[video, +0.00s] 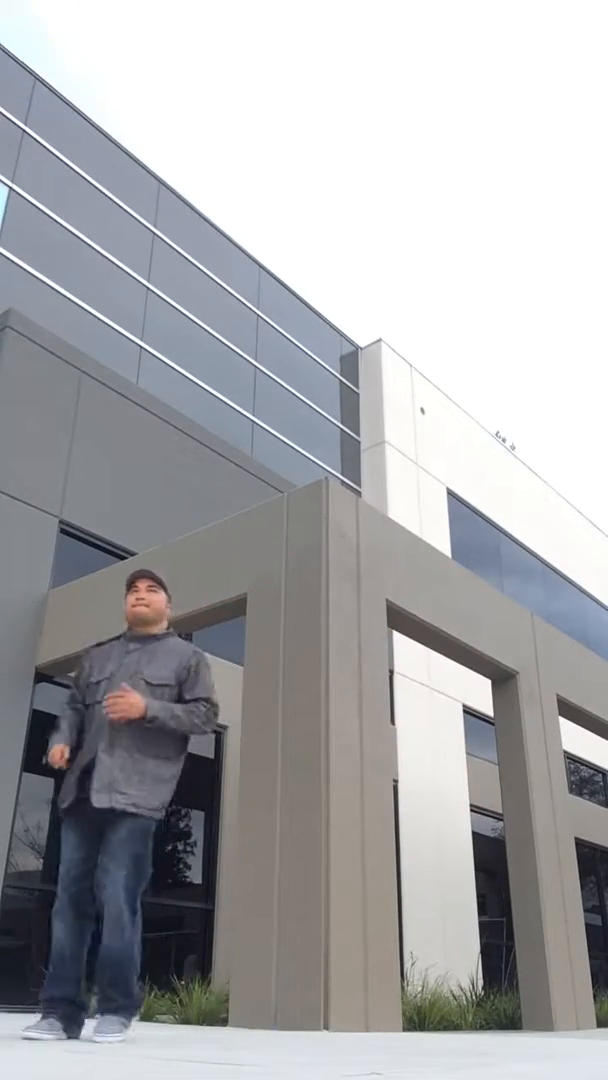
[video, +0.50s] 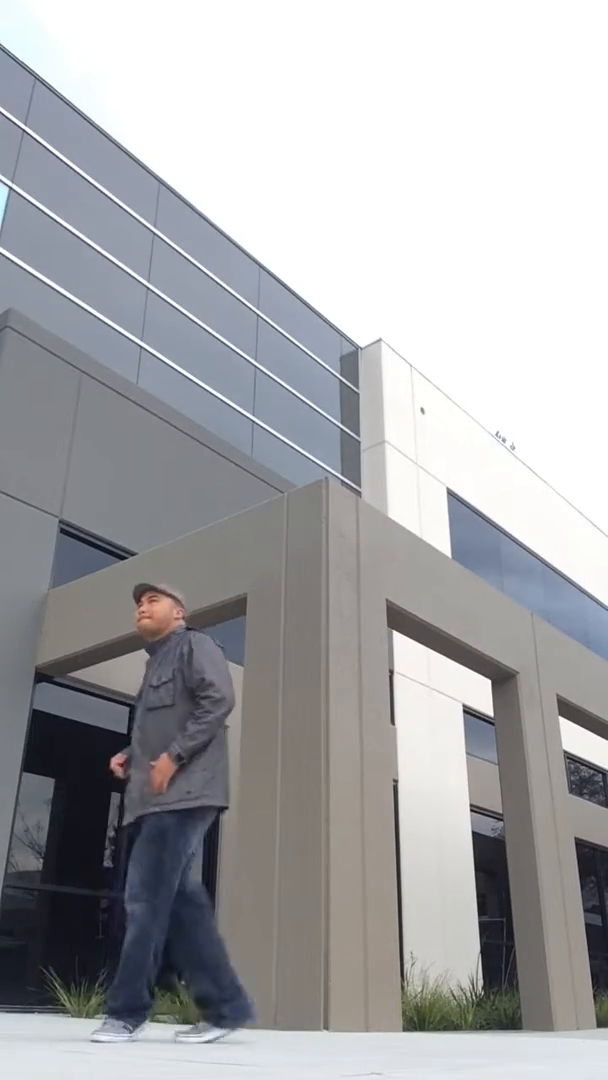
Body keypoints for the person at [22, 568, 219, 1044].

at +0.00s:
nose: (141, 595)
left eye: (151, 590)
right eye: (134, 591)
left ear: (168, 607)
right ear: (123, 607)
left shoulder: (187, 656)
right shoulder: (95, 655)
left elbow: (206, 717)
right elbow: (74, 707)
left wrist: (148, 707)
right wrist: (62, 738)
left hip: (138, 794)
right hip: (82, 787)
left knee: (117, 895)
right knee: (70, 897)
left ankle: (115, 1010)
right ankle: (61, 1011)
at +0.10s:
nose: (132, 601)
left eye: (143, 594)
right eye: (126, 597)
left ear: (163, 609)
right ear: (119, 613)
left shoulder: (184, 655)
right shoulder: (109, 664)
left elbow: (193, 716)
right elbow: (93, 725)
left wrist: (130, 724)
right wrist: (70, 765)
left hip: (142, 801)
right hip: (94, 797)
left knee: (116, 901)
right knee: (73, 894)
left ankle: (122, 1015)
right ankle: (64, 1011)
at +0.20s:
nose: (125, 606)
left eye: (137, 599)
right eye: (121, 601)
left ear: (161, 612)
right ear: (118, 616)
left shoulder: (180, 653)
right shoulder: (121, 669)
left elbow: (192, 714)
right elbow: (114, 733)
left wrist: (132, 741)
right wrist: (89, 772)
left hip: (150, 803)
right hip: (108, 802)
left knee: (125, 903)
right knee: (80, 898)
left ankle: (123, 1015)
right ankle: (84, 1006)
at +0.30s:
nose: (130, 608)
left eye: (141, 600)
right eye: (125, 604)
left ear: (165, 613)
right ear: (125, 620)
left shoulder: (181, 649)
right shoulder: (135, 667)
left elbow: (198, 709)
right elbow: (130, 732)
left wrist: (140, 746)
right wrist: (105, 762)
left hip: (161, 796)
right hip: (126, 797)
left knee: (129, 901)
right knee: (100, 900)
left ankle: (122, 1015)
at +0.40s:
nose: (136, 605)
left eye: (146, 597)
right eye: (131, 601)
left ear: (172, 610)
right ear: (131, 616)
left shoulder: (188, 644)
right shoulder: (144, 662)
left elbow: (208, 702)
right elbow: (143, 725)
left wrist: (155, 749)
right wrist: (119, 752)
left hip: (171, 794)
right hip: (139, 797)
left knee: (142, 898)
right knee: (150, 897)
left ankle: (125, 1015)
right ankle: (212, 986)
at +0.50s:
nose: (142, 609)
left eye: (152, 601)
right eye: (138, 604)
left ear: (179, 611)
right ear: (139, 619)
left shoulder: (195, 644)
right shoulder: (155, 665)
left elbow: (219, 701)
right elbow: (159, 729)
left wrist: (174, 754)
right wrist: (131, 754)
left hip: (184, 794)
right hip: (156, 797)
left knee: (146, 898)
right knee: (182, 901)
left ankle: (126, 1013)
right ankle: (229, 1009)